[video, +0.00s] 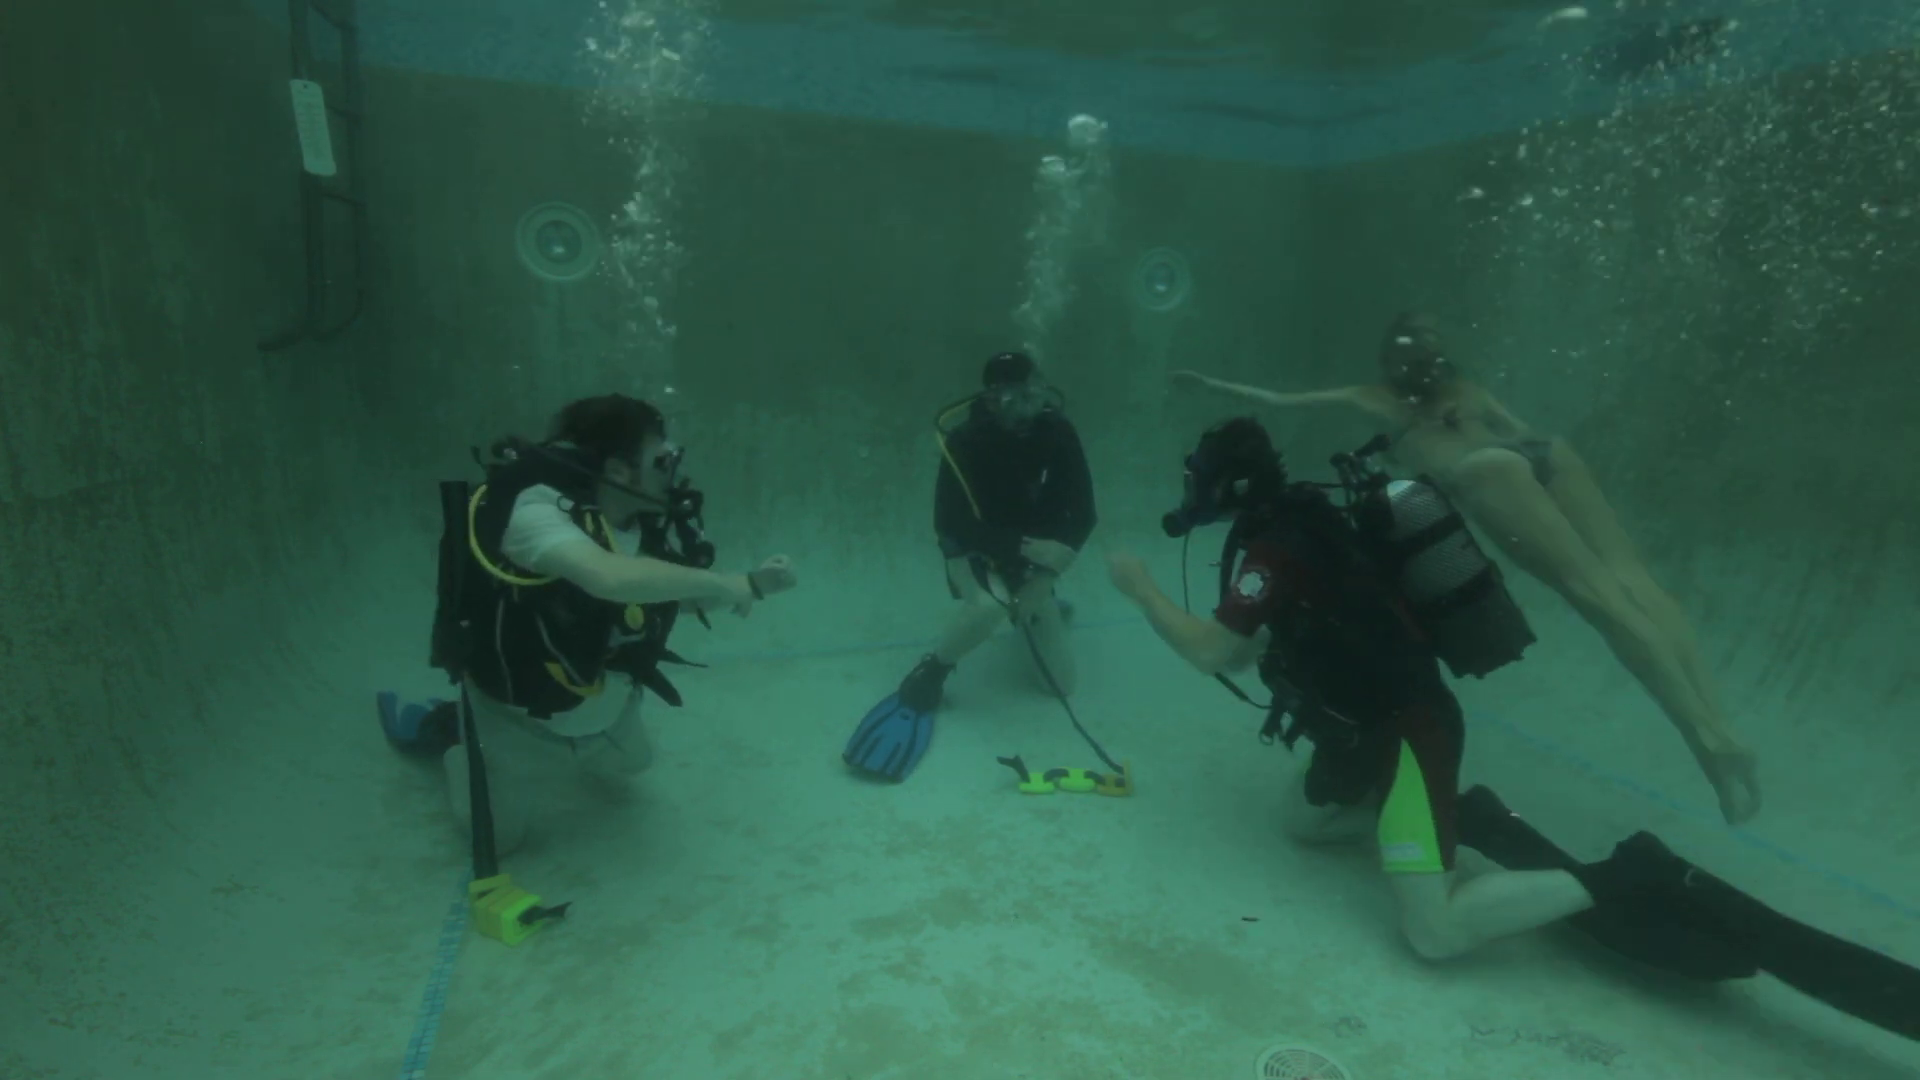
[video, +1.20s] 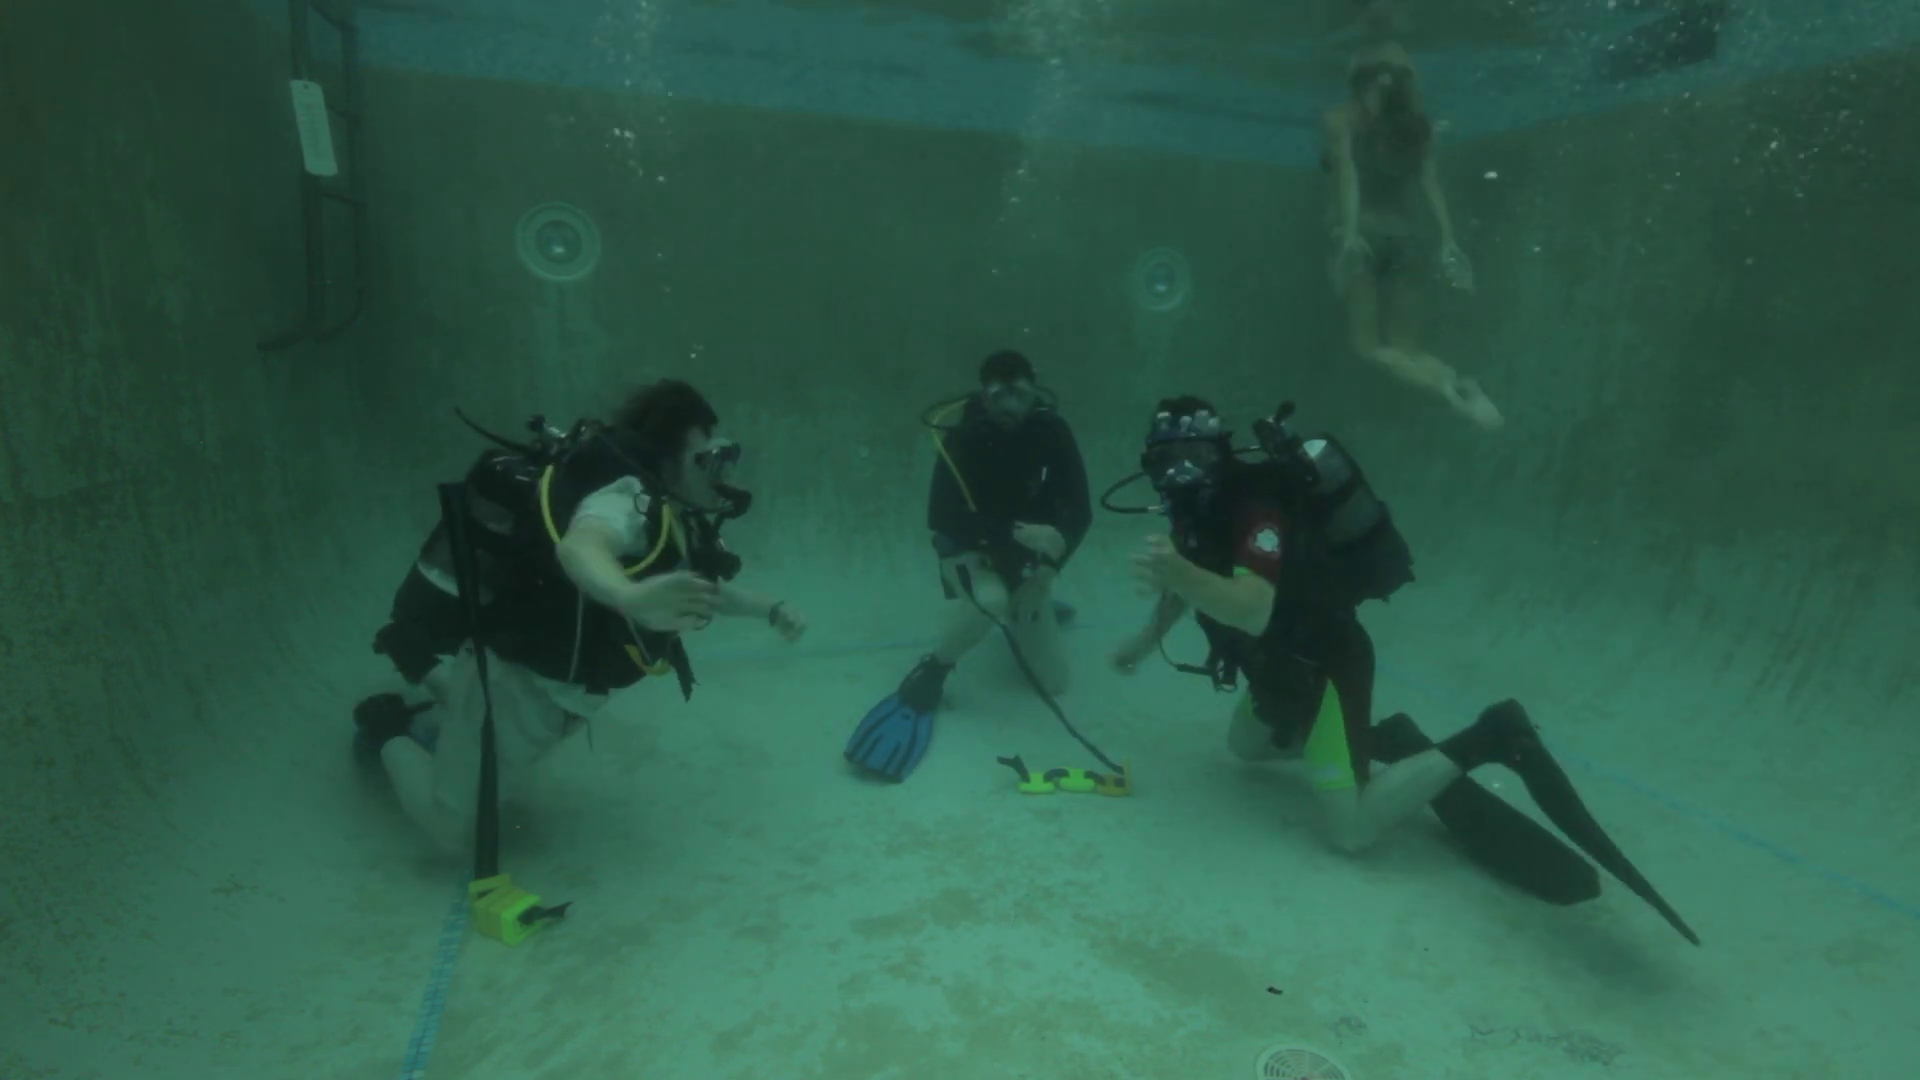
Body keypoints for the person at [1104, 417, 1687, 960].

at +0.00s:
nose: (1189, 492)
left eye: (1197, 481)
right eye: (1192, 480)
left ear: (1229, 486)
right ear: (1254, 471)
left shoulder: (1270, 540)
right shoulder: (1288, 515)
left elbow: (1214, 652)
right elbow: (1249, 644)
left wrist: (1144, 592)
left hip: (1408, 722)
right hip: (1362, 708)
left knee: (1435, 931)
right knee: (1314, 823)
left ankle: (1605, 881)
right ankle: (1450, 826)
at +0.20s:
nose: (1189, 483)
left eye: (1197, 473)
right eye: (1190, 471)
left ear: (1226, 479)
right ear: (1245, 470)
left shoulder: (1271, 536)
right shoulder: (1275, 513)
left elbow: (1231, 659)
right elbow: (1267, 618)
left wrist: (1148, 662)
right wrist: (1184, 588)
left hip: (1386, 719)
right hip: (1339, 703)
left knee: (1406, 925)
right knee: (1276, 811)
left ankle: (1579, 890)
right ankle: (1410, 798)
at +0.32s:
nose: (1180, 486)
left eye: (1187, 476)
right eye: (1183, 474)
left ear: (1216, 478)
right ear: (1236, 470)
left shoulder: (1264, 536)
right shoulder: (1248, 521)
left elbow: (1248, 661)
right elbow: (1201, 595)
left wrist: (1164, 698)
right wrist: (1151, 533)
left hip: (1380, 716)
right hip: (1327, 701)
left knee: (1396, 920)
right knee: (1279, 814)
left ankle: (1568, 890)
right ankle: (1428, 807)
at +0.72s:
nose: (1157, 496)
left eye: (1168, 480)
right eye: (1151, 481)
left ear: (1206, 471)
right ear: (1156, 477)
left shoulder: (1260, 522)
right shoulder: (1219, 519)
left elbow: (1307, 641)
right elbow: (1185, 590)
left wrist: (1223, 709)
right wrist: (1098, 591)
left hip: (1365, 679)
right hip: (1311, 678)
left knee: (1400, 855)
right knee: (1267, 797)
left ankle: (1583, 849)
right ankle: (1409, 786)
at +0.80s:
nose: (1166, 495)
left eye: (1177, 479)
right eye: (1157, 483)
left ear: (1210, 471)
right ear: (1154, 479)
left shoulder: (1266, 523)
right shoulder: (1217, 522)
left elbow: (1301, 634)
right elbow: (1191, 589)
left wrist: (1210, 673)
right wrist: (1124, 621)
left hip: (1358, 673)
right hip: (1299, 673)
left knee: (1401, 846)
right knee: (1264, 787)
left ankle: (1577, 824)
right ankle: (1389, 776)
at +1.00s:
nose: (1170, 484)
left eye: (1182, 466)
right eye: (1160, 470)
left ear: (1216, 457)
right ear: (1161, 472)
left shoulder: (1261, 511)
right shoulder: (1210, 517)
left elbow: (1267, 614)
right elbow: (1205, 601)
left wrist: (1182, 599)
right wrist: (1159, 646)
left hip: (1346, 670)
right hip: (1292, 666)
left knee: (1383, 840)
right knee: (1260, 765)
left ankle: (1548, 765)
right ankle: (1405, 761)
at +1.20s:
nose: (1179, 476)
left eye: (1191, 460)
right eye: (1166, 464)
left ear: (1218, 454)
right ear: (1152, 469)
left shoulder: (1258, 506)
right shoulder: (1189, 510)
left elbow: (1255, 614)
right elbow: (1185, 586)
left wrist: (1178, 574)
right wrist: (1147, 640)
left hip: (1330, 656)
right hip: (1270, 653)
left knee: (1349, 825)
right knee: (1249, 748)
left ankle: (1488, 741)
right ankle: (1383, 743)